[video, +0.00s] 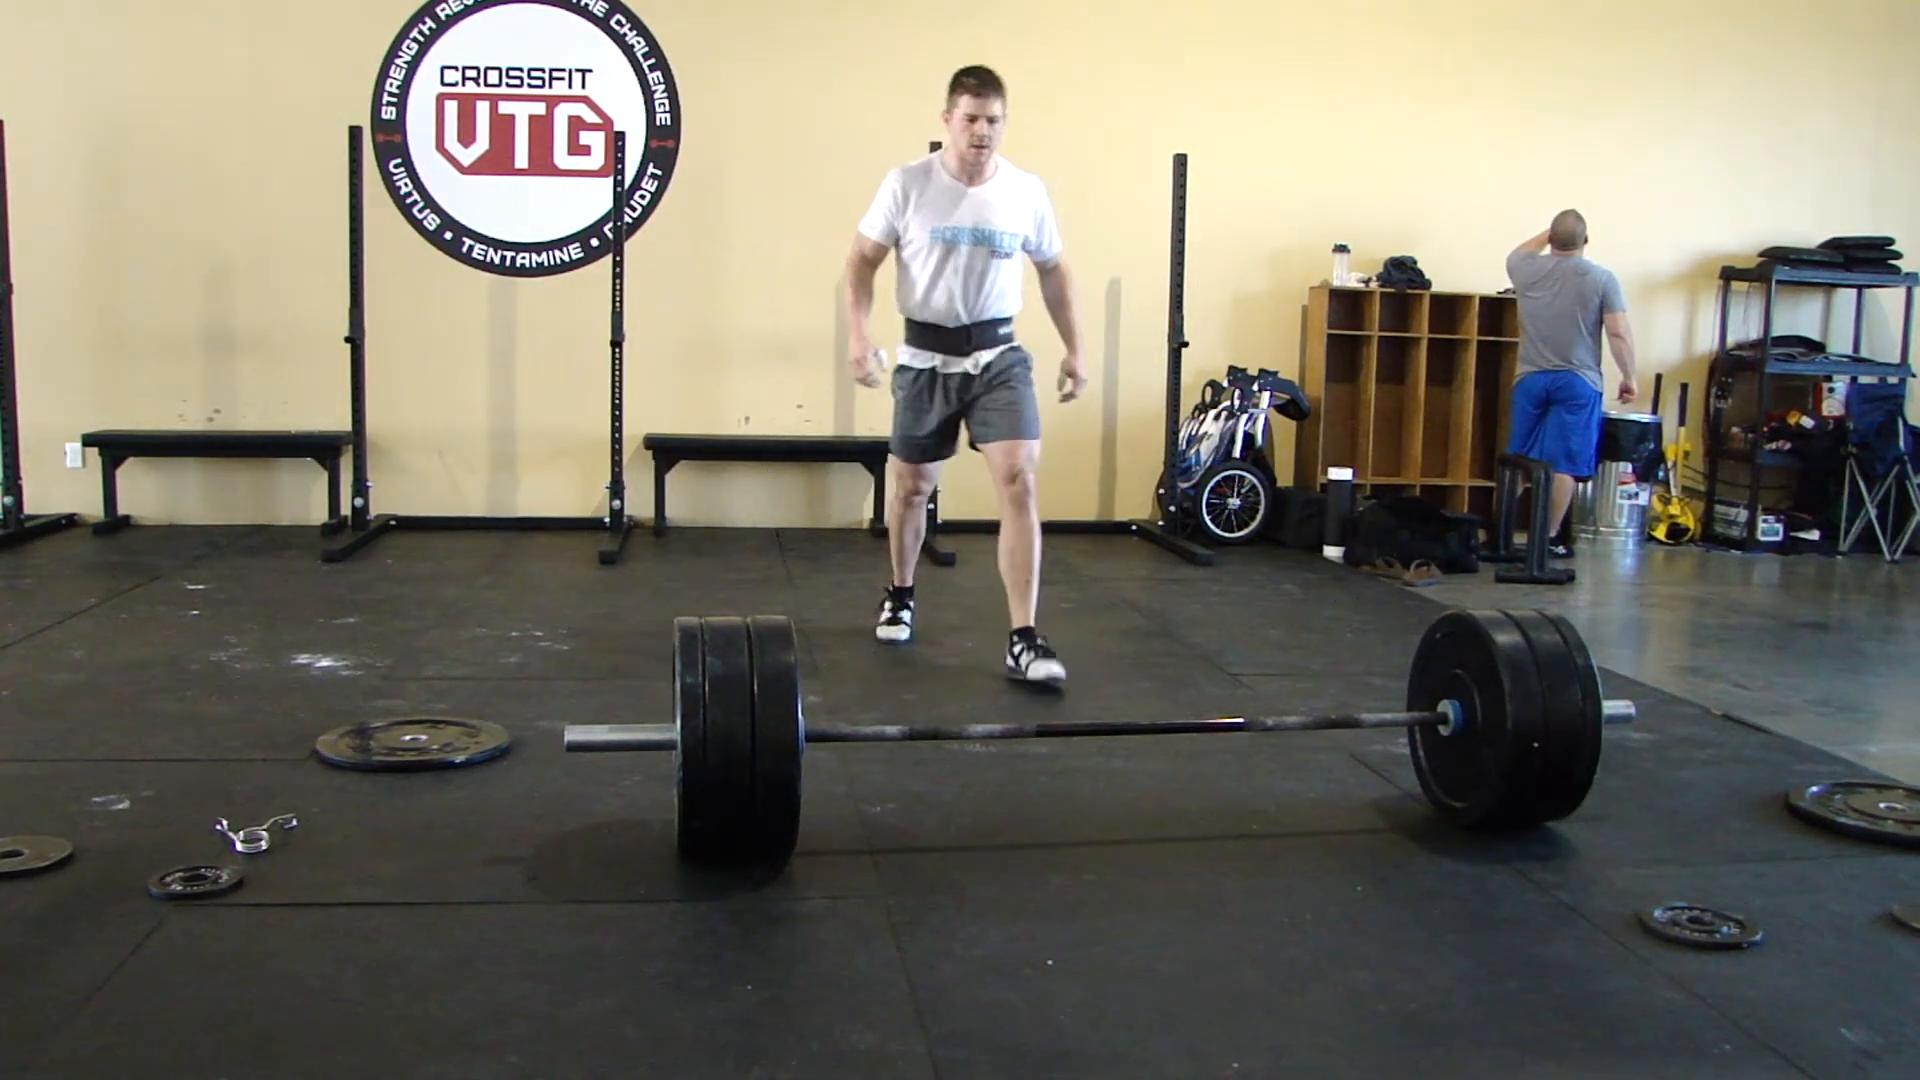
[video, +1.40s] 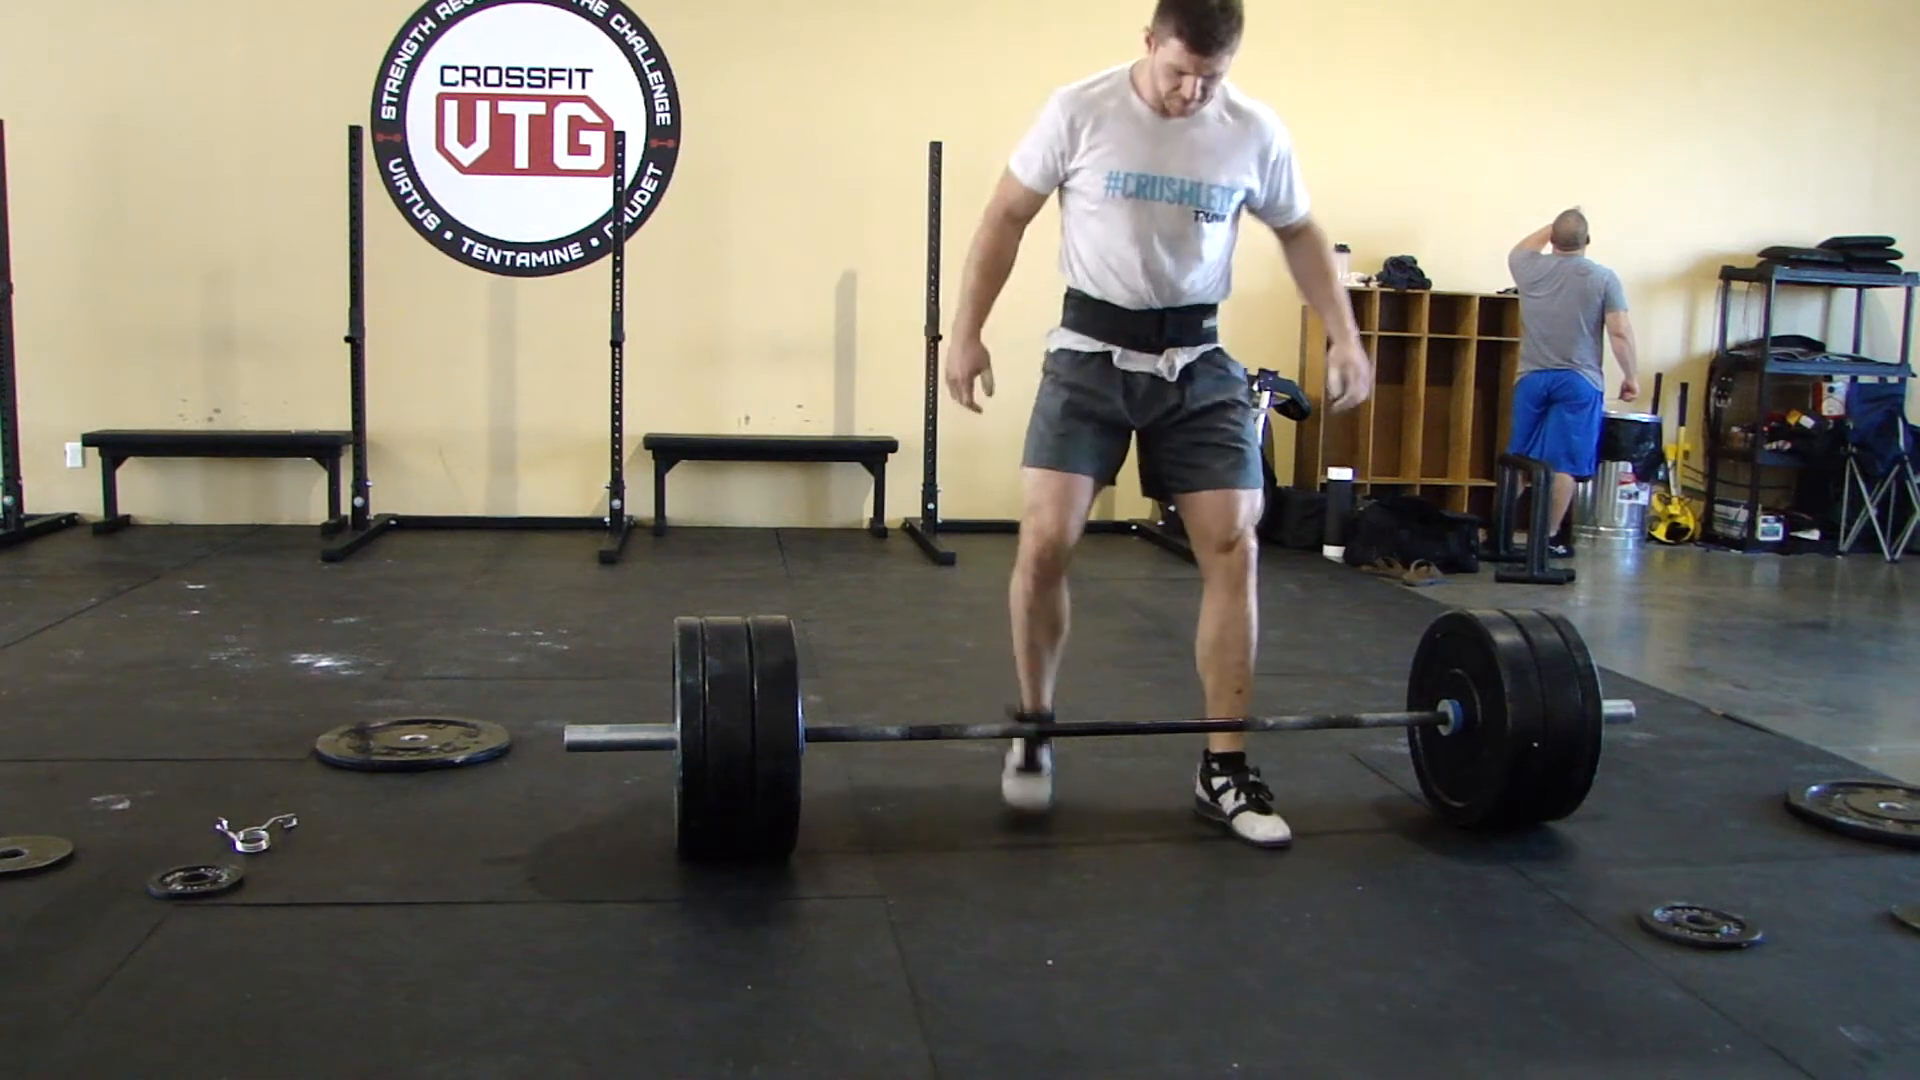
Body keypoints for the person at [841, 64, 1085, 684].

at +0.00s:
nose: (983, 132)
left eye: (993, 121)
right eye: (972, 119)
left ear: (1005, 125)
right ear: (946, 120)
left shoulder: (1026, 192)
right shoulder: (907, 186)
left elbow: (1053, 271)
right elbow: (861, 264)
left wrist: (1074, 349)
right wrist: (857, 336)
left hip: (998, 361)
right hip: (923, 361)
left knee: (1020, 482)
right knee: (910, 488)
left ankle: (1025, 637)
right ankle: (900, 596)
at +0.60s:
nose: (1047, 107)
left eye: (1061, 95)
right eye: (1036, 93)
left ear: (1078, 94)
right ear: (1013, 87)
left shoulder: (1105, 165)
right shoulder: (964, 159)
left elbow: (1150, 247)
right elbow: (910, 245)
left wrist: (1186, 316)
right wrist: (875, 340)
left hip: (1074, 365)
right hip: (996, 361)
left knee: (1055, 517)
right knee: (999, 510)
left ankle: (1028, 639)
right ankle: (989, 690)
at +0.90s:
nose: (1077, 79)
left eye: (1089, 65)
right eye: (1064, 64)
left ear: (1105, 56)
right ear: (1031, 49)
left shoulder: (1129, 130)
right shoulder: (977, 125)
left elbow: (1157, 228)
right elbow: (917, 214)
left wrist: (1180, 328)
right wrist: (882, 303)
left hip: (1105, 346)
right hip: (1013, 347)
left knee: (1157, 509)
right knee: (1010, 517)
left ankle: (1093, 650)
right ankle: (995, 699)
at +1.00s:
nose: (1095, 81)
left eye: (1108, 66)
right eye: (1082, 65)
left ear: (1123, 55)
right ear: (1048, 47)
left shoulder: (1146, 130)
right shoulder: (991, 124)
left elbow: (1171, 230)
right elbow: (917, 211)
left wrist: (1192, 329)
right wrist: (880, 316)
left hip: (1123, 351)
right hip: (1027, 351)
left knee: (1165, 518)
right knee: (1015, 523)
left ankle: (1160, 718)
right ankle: (996, 706)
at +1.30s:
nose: (1179, 98)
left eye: (1194, 84)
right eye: (1164, 80)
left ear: (1212, 71)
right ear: (1130, 53)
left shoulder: (1235, 142)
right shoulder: (1067, 125)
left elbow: (1273, 249)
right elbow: (992, 227)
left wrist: (1314, 358)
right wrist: (950, 340)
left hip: (1189, 370)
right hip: (1081, 365)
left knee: (1231, 549)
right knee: (1028, 557)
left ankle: (1226, 766)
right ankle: (1022, 680)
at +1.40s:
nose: (1193, 92)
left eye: (1209, 79)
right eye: (1181, 74)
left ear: (1231, 61)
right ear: (1147, 40)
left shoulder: (1254, 134)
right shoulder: (1079, 110)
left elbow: (1298, 231)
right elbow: (1005, 216)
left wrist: (1346, 338)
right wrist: (966, 330)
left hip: (1199, 368)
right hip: (1087, 359)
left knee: (1232, 547)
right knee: (1045, 544)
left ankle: (1226, 766)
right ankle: (1033, 729)